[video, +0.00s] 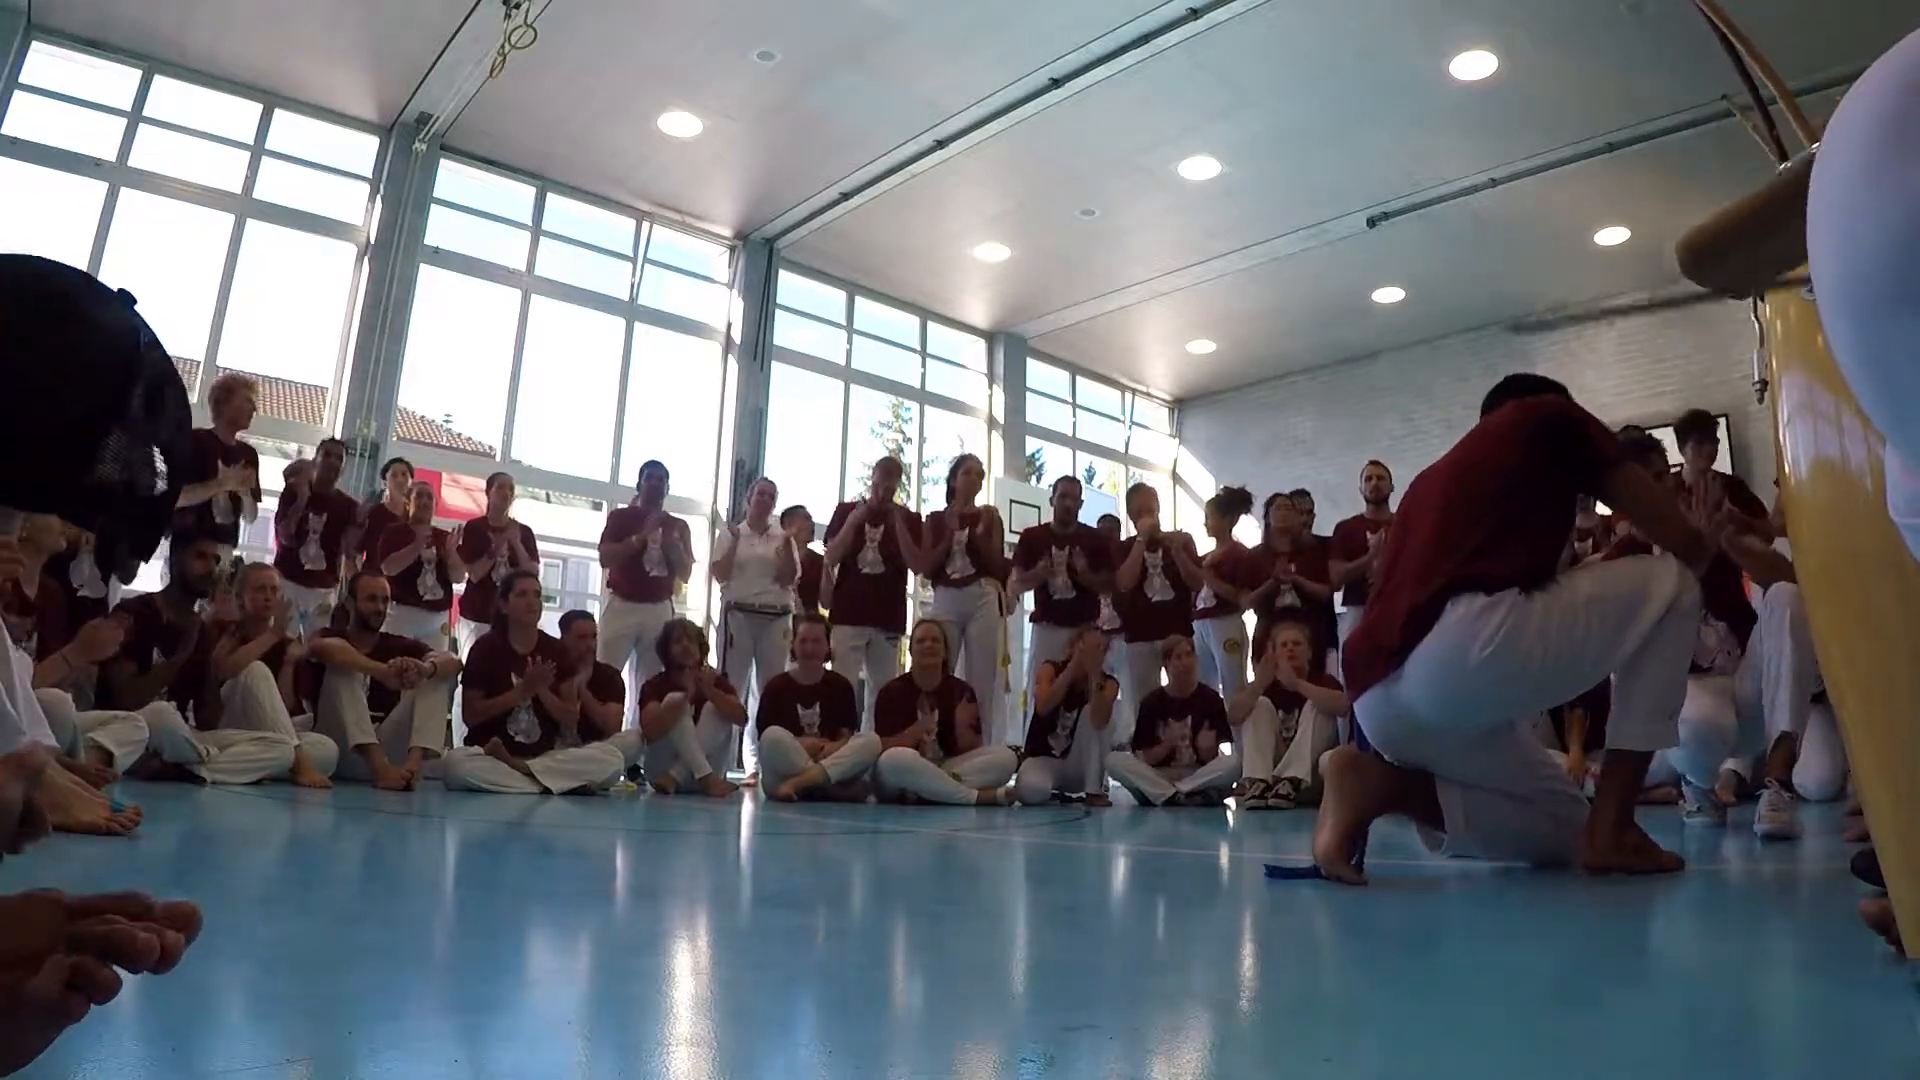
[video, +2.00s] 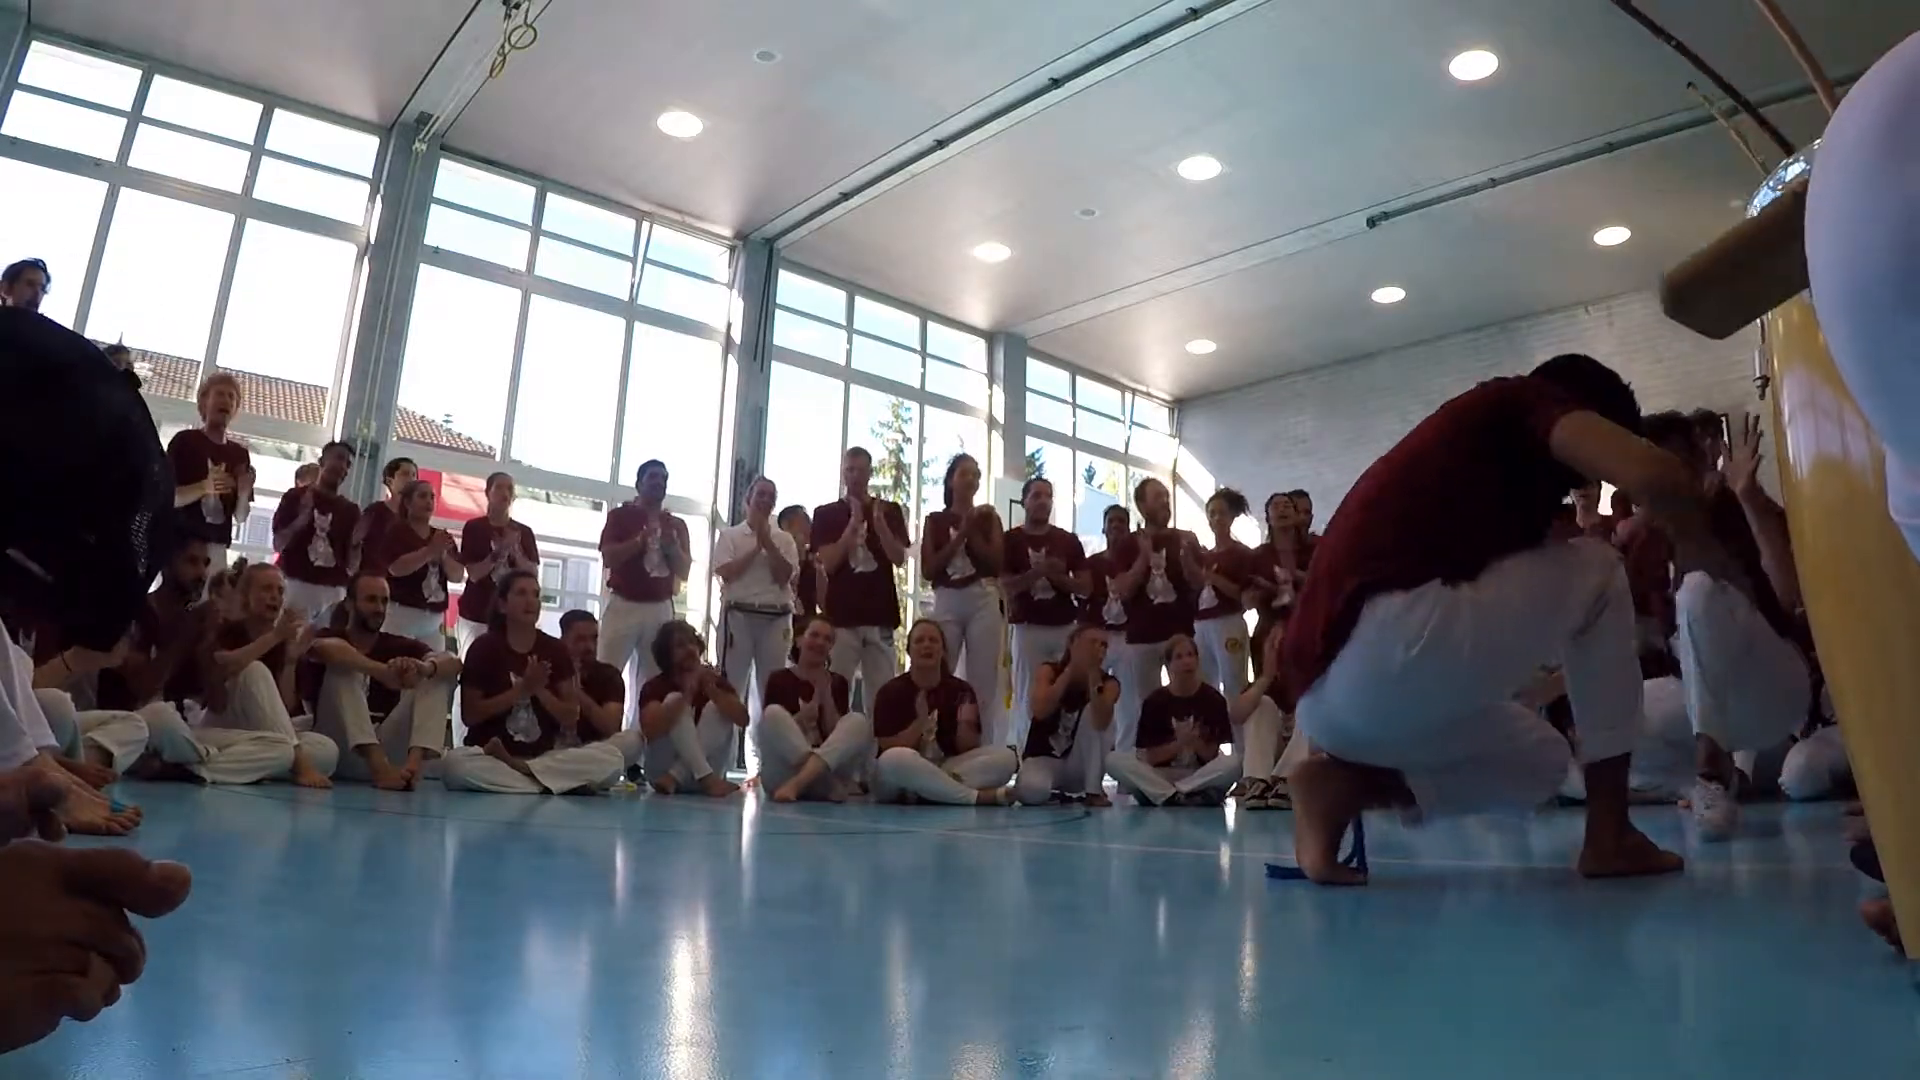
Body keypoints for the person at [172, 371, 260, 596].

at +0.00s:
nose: (254, 407)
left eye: (253, 401)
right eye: (246, 400)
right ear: (221, 404)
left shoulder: (247, 454)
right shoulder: (192, 441)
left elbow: (251, 515)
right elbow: (174, 497)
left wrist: (244, 489)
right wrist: (221, 484)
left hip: (224, 549)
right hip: (187, 544)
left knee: (213, 619)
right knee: (179, 616)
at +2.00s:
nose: (226, 401)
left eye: (231, 396)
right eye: (219, 394)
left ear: (236, 407)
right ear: (202, 401)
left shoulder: (239, 454)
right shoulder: (184, 441)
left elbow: (241, 516)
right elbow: (164, 498)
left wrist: (244, 490)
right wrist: (203, 487)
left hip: (216, 546)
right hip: (178, 542)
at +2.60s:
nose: (227, 400)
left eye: (232, 396)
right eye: (220, 393)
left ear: (236, 407)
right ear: (202, 401)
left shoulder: (238, 453)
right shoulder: (183, 440)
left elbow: (243, 515)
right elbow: (169, 496)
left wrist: (236, 487)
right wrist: (213, 482)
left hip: (217, 545)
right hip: (180, 541)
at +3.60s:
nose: (227, 403)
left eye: (233, 399)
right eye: (221, 396)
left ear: (237, 409)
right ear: (203, 403)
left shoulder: (238, 455)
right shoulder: (184, 441)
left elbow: (242, 515)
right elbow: (167, 498)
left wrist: (230, 485)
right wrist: (212, 481)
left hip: (215, 549)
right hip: (178, 545)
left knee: (208, 619)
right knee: (169, 615)